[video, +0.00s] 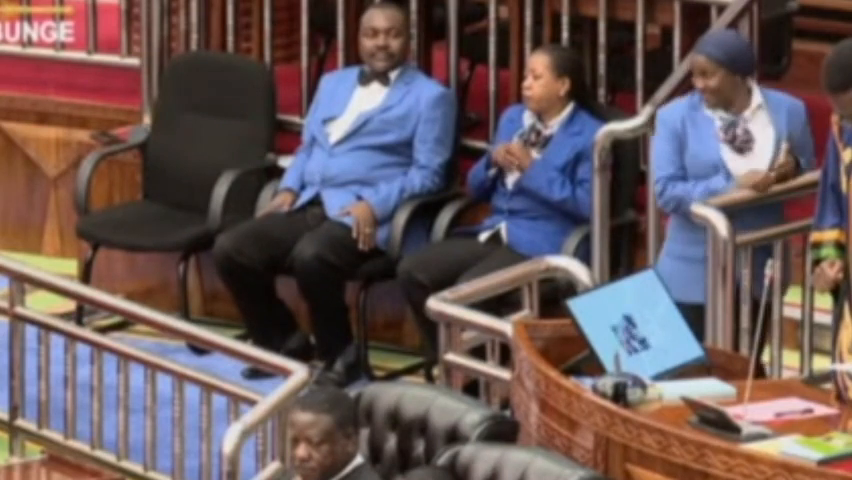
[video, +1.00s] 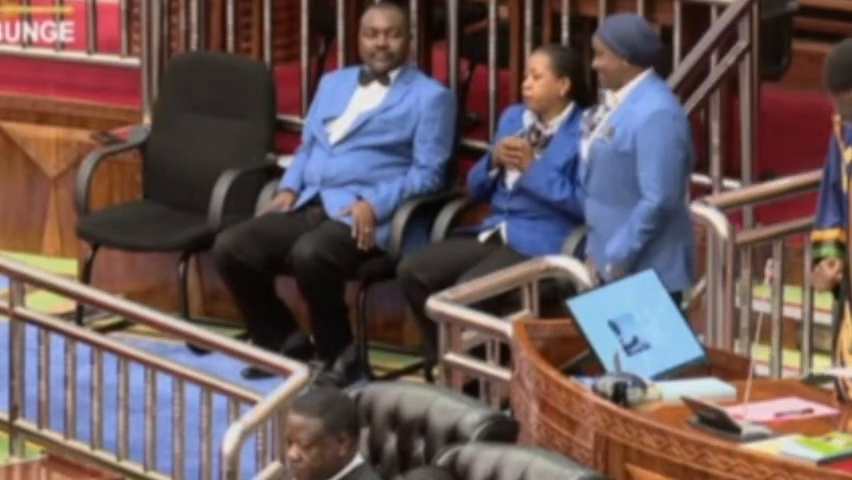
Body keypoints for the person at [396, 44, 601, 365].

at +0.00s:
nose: (525, 85)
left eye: (536, 78)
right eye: (526, 76)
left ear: (563, 87)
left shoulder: (590, 135)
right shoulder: (513, 118)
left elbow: (588, 207)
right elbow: (475, 189)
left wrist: (530, 169)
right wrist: (493, 163)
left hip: (537, 249)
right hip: (494, 238)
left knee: (464, 295)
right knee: (413, 270)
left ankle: (481, 381)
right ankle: (445, 364)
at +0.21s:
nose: (526, 85)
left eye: (536, 78)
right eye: (526, 76)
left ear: (563, 87)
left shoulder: (590, 134)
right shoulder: (513, 118)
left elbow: (589, 207)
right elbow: (475, 189)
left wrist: (530, 169)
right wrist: (494, 163)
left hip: (538, 249)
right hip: (493, 238)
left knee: (464, 295)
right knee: (414, 269)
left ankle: (481, 381)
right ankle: (444, 364)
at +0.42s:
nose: (526, 85)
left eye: (536, 78)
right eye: (526, 76)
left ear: (563, 87)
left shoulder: (590, 134)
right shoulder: (512, 118)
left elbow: (589, 207)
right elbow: (475, 189)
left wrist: (530, 169)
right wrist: (494, 162)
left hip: (538, 249)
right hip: (493, 238)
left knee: (464, 295)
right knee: (413, 269)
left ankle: (483, 380)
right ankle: (444, 365)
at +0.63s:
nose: (526, 85)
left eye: (536, 78)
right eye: (526, 76)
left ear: (563, 86)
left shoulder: (590, 134)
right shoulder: (512, 118)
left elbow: (589, 207)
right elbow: (475, 190)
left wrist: (530, 169)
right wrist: (493, 163)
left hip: (538, 249)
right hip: (493, 238)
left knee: (464, 295)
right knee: (413, 269)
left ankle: (483, 380)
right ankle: (444, 365)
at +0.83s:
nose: (526, 85)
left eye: (536, 78)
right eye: (526, 77)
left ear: (564, 86)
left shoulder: (590, 134)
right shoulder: (512, 118)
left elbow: (589, 207)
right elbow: (475, 190)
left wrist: (531, 170)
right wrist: (494, 163)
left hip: (538, 249)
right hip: (493, 237)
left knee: (466, 295)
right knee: (414, 270)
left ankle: (482, 381)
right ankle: (444, 365)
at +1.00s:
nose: (526, 85)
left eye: (536, 77)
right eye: (526, 77)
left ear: (564, 86)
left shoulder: (584, 130)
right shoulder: (513, 118)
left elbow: (584, 206)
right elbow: (475, 189)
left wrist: (530, 170)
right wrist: (493, 162)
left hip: (537, 248)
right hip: (494, 236)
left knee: (465, 296)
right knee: (414, 269)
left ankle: (479, 379)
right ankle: (445, 363)